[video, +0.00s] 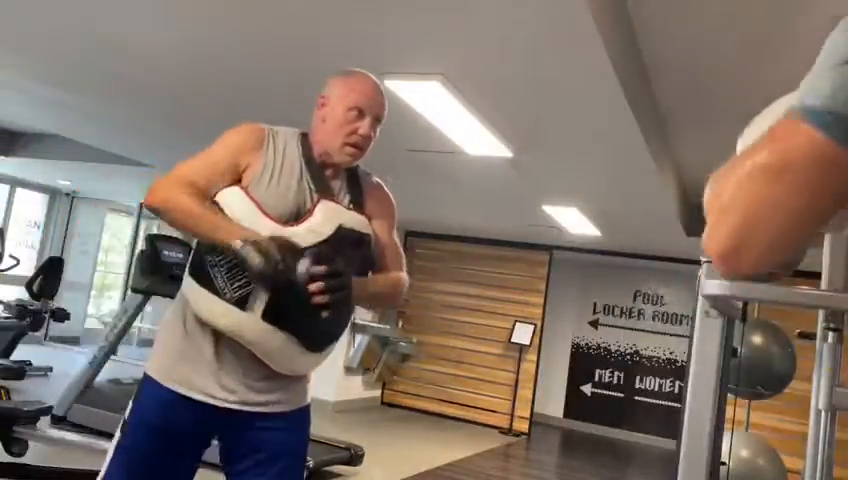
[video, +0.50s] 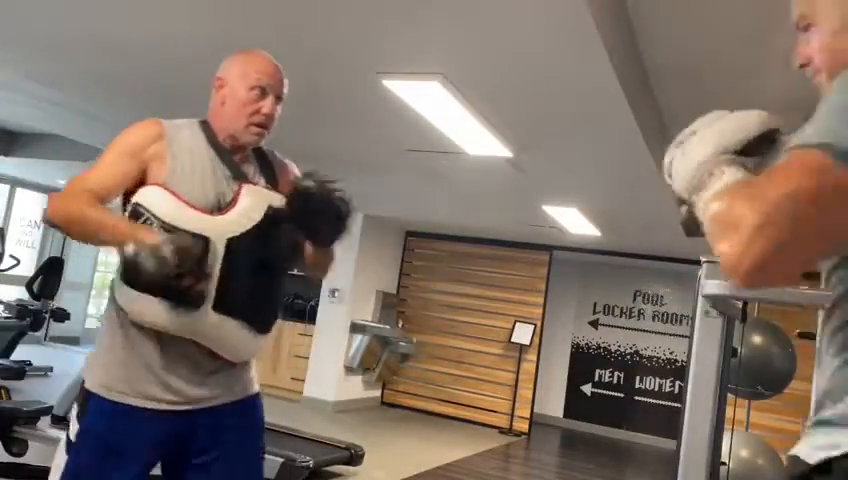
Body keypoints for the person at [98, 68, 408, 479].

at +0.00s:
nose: (367, 130)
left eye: (375, 122)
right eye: (357, 113)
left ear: (380, 131)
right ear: (322, 106)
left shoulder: (373, 196)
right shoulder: (253, 144)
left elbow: (397, 283)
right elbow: (165, 194)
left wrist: (352, 288)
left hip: (277, 399)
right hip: (183, 380)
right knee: (132, 474)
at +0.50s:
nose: (270, 109)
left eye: (278, 99)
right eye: (259, 91)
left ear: (282, 108)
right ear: (220, 88)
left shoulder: (281, 174)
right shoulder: (153, 140)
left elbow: (318, 268)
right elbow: (65, 207)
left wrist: (318, 229)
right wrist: (144, 238)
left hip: (229, 402)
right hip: (129, 395)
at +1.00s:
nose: (321, 119)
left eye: (327, 110)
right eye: (312, 101)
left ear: (327, 118)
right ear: (269, 91)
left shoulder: (309, 180)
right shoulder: (194, 127)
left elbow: (354, 262)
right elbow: (87, 186)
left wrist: (392, 198)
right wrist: (113, 286)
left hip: (232, 410)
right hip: (137, 400)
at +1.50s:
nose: (340, 121)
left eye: (345, 111)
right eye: (332, 103)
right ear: (285, 89)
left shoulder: (307, 179)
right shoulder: (201, 115)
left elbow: (361, 251)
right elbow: (77, 169)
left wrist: (401, 185)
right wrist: (75, 291)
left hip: (224, 418)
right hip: (126, 404)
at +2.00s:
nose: (265, 92)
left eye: (268, 78)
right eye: (263, 73)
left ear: (223, 54)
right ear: (223, 53)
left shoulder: (201, 143)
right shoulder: (124, 91)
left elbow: (249, 205)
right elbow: (18, 173)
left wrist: (307, 144)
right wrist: (66, 333)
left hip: (158, 398)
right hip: (83, 402)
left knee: (167, 475)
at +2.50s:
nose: (325, 137)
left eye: (329, 126)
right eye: (324, 121)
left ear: (295, 105)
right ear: (298, 103)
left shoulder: (275, 183)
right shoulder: (230, 111)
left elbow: (291, 241)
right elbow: (140, 161)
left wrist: (343, 198)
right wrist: (166, 299)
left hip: (196, 392)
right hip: (137, 378)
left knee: (187, 473)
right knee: (104, 474)